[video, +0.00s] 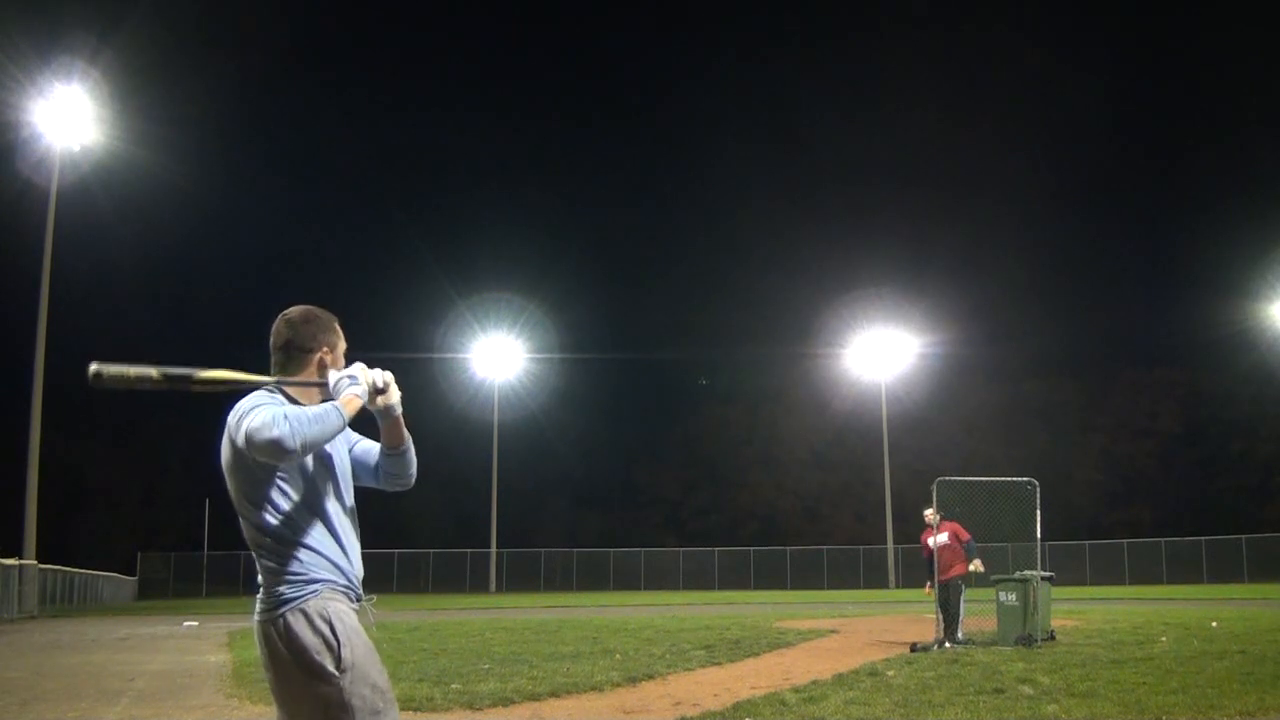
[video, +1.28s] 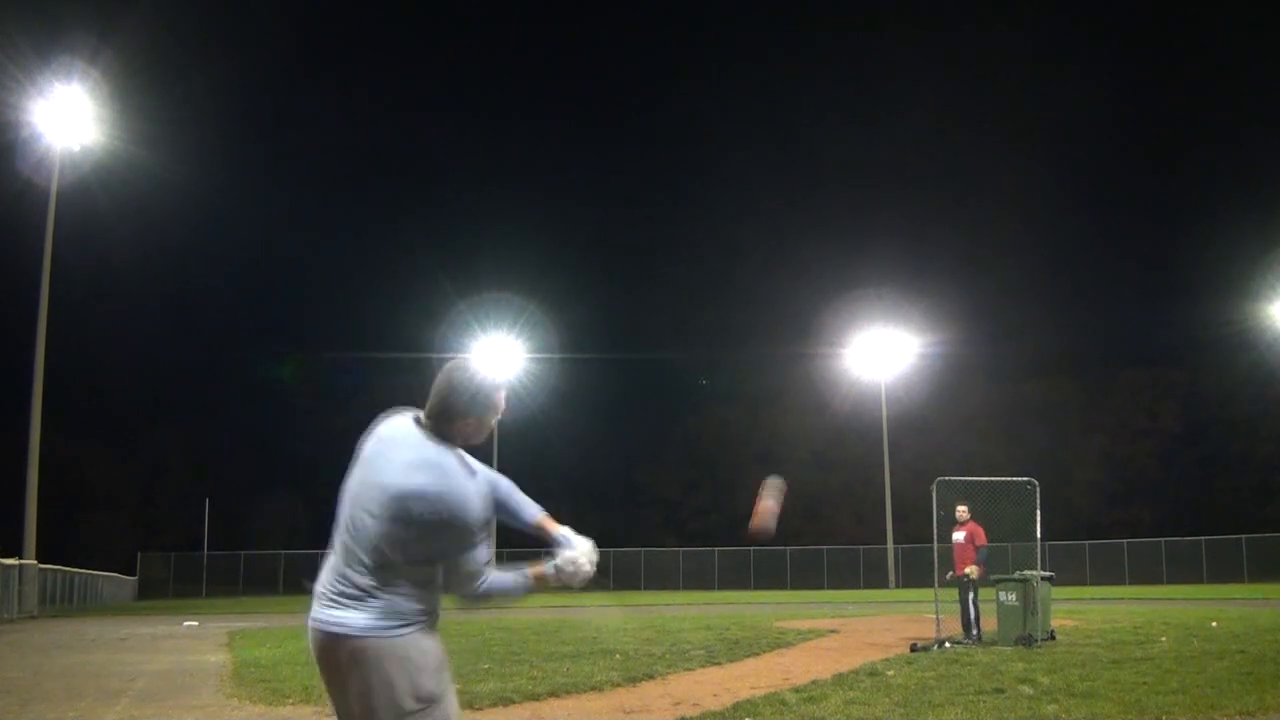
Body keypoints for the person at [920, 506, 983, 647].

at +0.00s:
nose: (929, 518)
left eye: (931, 515)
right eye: (926, 516)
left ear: (938, 515)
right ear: (924, 519)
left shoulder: (952, 527)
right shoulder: (925, 536)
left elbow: (968, 541)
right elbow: (928, 560)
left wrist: (974, 558)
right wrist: (929, 580)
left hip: (957, 571)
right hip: (941, 575)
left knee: (954, 605)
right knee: (943, 606)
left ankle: (952, 637)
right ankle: (947, 636)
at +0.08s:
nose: (929, 518)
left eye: (931, 515)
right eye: (926, 516)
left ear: (938, 515)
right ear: (925, 519)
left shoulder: (952, 526)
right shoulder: (926, 536)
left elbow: (969, 540)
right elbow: (928, 557)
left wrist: (974, 557)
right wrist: (926, 573)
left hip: (957, 571)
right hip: (942, 575)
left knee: (955, 606)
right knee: (944, 607)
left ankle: (953, 637)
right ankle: (948, 636)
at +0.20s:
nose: (930, 517)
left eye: (932, 514)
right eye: (928, 515)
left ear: (939, 515)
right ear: (927, 519)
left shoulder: (954, 526)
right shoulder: (930, 532)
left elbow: (970, 539)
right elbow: (920, 529)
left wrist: (973, 553)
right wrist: (918, 516)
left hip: (958, 572)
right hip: (943, 575)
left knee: (955, 606)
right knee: (945, 607)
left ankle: (954, 636)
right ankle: (948, 636)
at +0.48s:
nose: (943, 511)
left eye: (945, 509)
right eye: (939, 509)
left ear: (951, 512)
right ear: (936, 513)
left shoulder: (961, 526)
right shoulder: (934, 527)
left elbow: (974, 542)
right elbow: (924, 534)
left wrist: (974, 558)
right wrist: (919, 524)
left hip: (958, 572)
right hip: (942, 574)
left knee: (955, 605)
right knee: (943, 606)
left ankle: (953, 637)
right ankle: (950, 634)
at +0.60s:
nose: (948, 511)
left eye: (950, 509)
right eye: (945, 509)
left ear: (956, 512)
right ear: (941, 512)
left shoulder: (965, 528)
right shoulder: (934, 530)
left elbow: (975, 547)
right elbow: (928, 549)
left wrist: (976, 565)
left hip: (959, 572)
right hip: (942, 573)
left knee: (955, 604)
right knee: (943, 604)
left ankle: (952, 636)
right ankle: (960, 625)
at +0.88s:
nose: (952, 514)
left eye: (955, 512)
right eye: (950, 512)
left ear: (961, 515)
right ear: (946, 515)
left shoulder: (968, 530)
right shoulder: (943, 532)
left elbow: (980, 550)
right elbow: (942, 554)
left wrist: (980, 570)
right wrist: (941, 573)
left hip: (963, 573)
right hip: (949, 574)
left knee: (960, 606)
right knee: (957, 606)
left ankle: (954, 637)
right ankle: (972, 632)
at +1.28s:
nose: (960, 514)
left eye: (963, 511)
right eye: (958, 511)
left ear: (968, 514)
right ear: (955, 513)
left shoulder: (974, 528)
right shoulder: (956, 529)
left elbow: (983, 548)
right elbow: (958, 553)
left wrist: (976, 565)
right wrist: (954, 570)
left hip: (970, 573)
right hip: (959, 573)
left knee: (970, 602)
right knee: (963, 604)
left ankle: (974, 634)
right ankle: (967, 633)